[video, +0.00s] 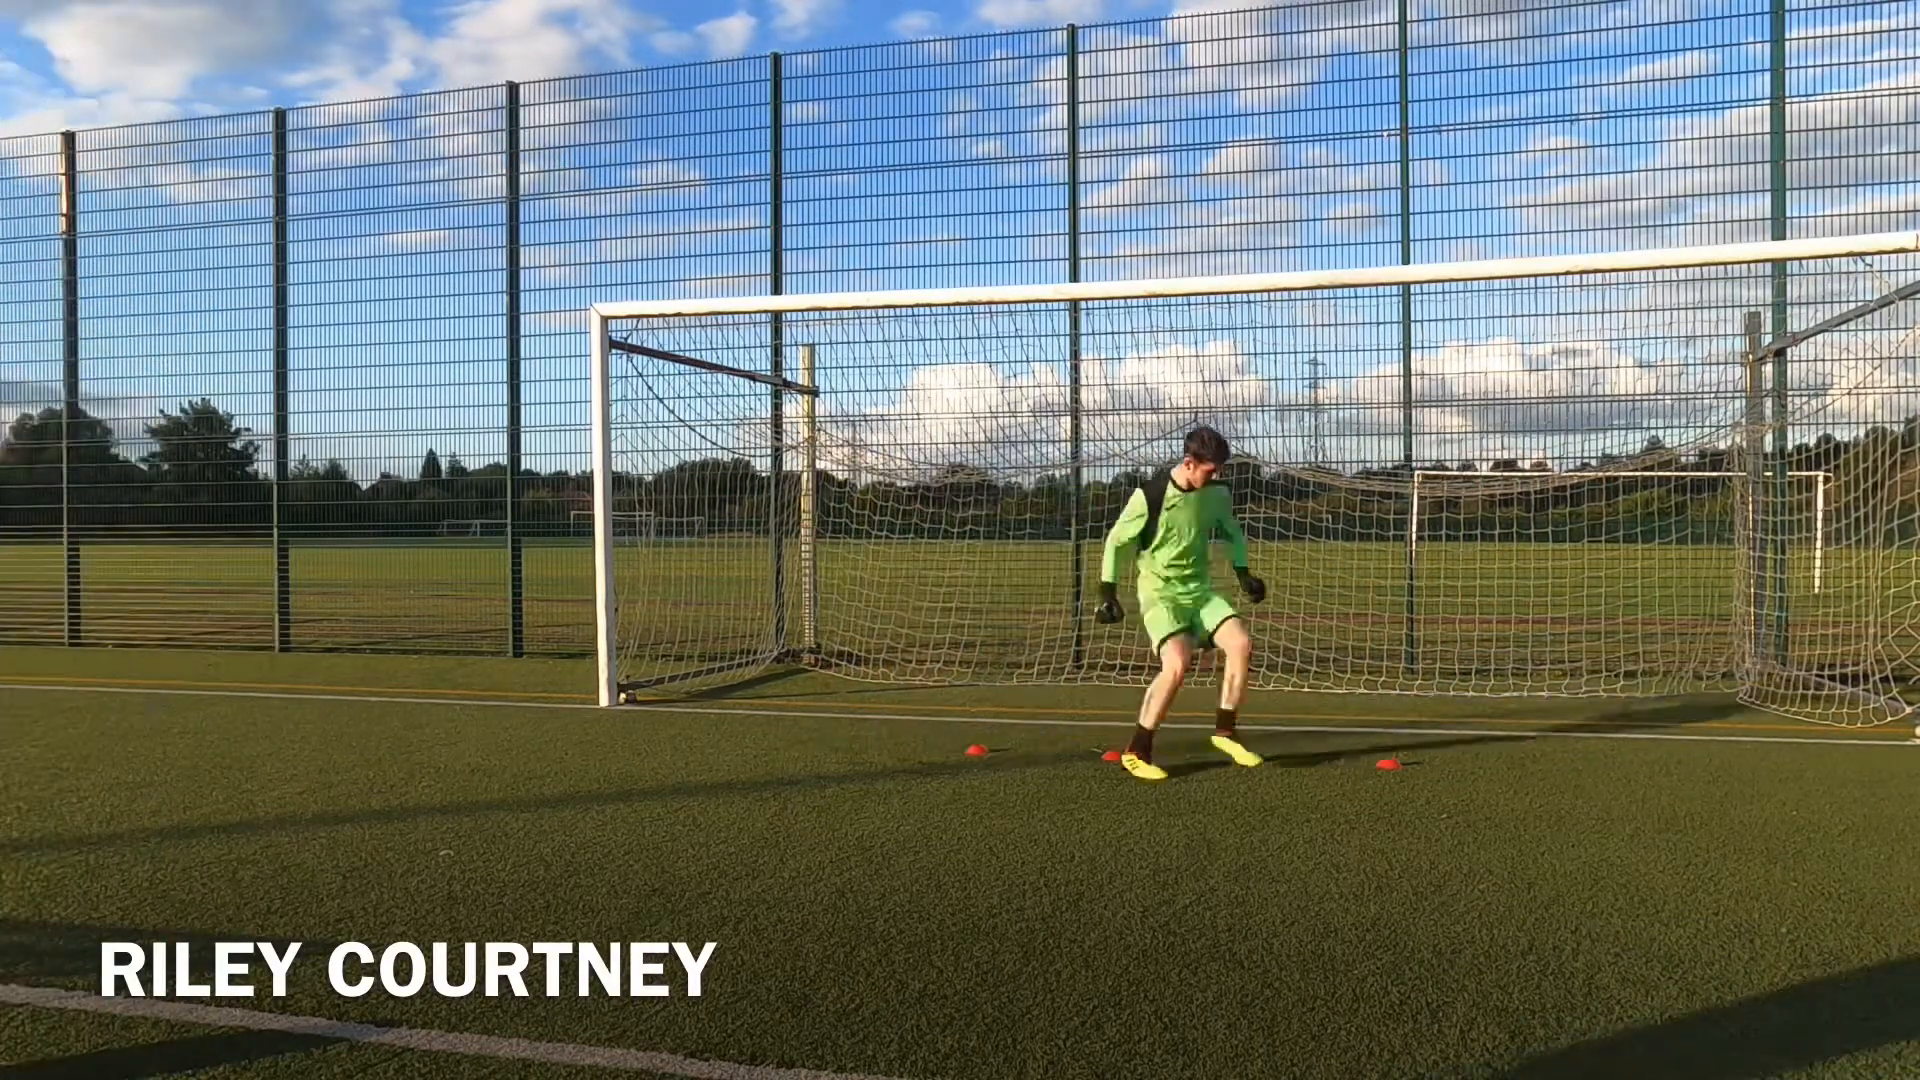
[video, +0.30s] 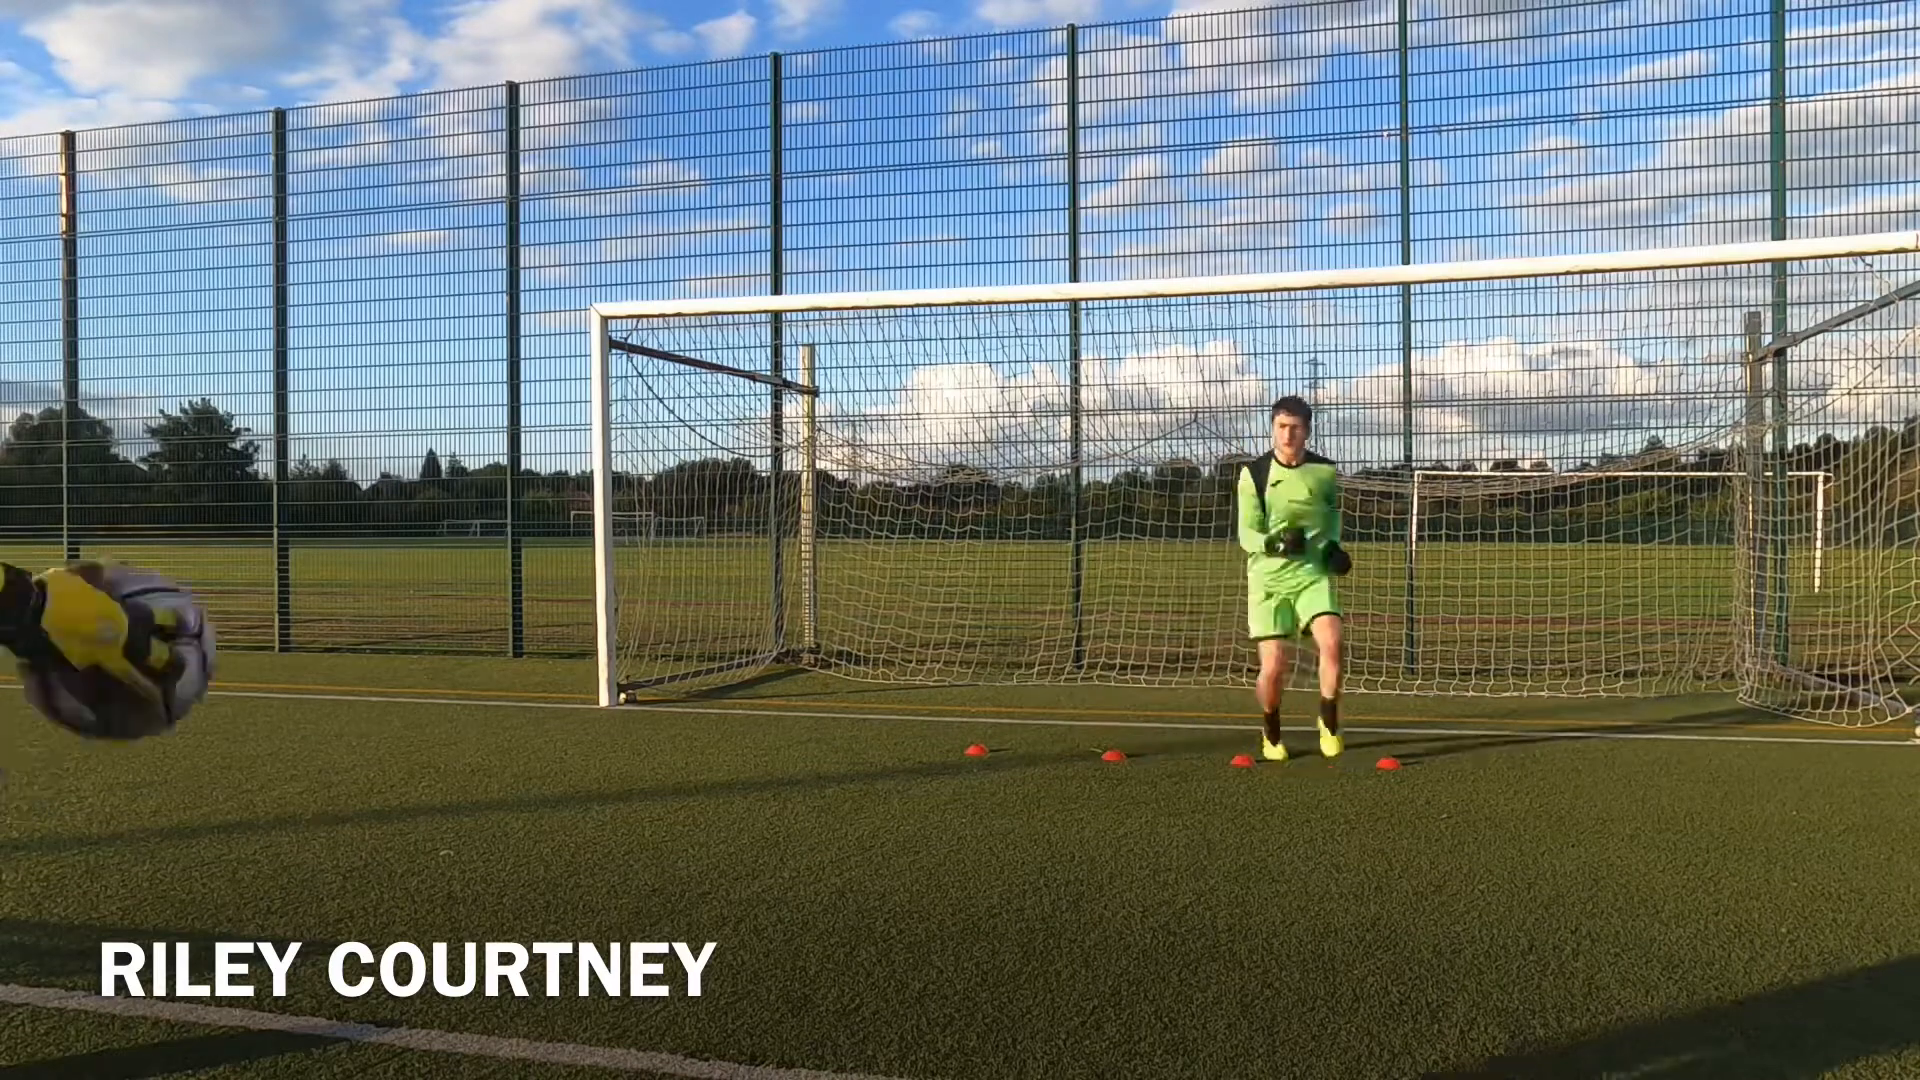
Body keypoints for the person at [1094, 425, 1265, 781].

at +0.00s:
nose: (1215, 476)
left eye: (1218, 469)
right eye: (1210, 469)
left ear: (1218, 465)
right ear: (1189, 462)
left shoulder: (1218, 495)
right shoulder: (1152, 495)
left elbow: (1233, 533)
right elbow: (1116, 539)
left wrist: (1243, 572)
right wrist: (1108, 593)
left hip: (1201, 591)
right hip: (1161, 594)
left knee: (1240, 643)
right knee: (1177, 663)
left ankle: (1225, 732)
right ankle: (1137, 751)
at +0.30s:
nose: (1288, 434)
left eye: (1296, 427)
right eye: (1282, 427)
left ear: (1308, 431)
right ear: (1272, 430)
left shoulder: (1325, 472)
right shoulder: (1253, 473)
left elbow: (1332, 516)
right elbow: (1246, 533)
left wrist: (1332, 546)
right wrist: (1274, 543)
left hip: (1314, 576)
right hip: (1268, 580)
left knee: (1332, 641)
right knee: (1274, 663)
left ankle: (1328, 725)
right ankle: (1272, 733)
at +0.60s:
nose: (1381, 416)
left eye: (1389, 409)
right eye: (1375, 409)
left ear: (1405, 411)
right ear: (1367, 414)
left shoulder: (1432, 456)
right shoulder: (1356, 458)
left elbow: (1458, 500)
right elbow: (1342, 508)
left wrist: (1447, 536)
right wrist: (1357, 543)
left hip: (1429, 568)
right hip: (1380, 568)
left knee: (1450, 651)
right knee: (1370, 650)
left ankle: (1454, 732)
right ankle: (1374, 704)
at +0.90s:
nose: (1467, 441)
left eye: (1475, 434)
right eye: (1461, 435)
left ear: (1491, 438)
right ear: (1455, 440)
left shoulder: (1518, 483)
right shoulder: (1447, 490)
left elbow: (1543, 535)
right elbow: (1447, 541)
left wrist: (1534, 557)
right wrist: (1444, 562)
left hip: (1528, 597)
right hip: (1479, 601)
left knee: (1568, 676)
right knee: (1462, 680)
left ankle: (1609, 749)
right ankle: (1464, 736)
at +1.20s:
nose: (1529, 411)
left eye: (1536, 403)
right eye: (1521, 404)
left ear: (1549, 410)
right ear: (1511, 411)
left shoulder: (1553, 459)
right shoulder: (1495, 452)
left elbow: (1565, 489)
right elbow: (1472, 458)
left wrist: (1565, 444)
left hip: (1544, 582)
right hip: (1493, 581)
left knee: (1578, 666)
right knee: (1478, 666)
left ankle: (1609, 748)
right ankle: (1462, 738)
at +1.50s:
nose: (1516, 423)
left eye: (1523, 415)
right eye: (1510, 417)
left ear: (1541, 414)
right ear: (1505, 420)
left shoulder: (1564, 461)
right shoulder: (1496, 458)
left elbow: (1572, 528)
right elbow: (1478, 521)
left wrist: (1543, 511)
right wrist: (1483, 504)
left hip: (1557, 583)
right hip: (1508, 581)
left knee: (1580, 666)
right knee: (1481, 657)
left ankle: (1609, 749)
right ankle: (1468, 738)